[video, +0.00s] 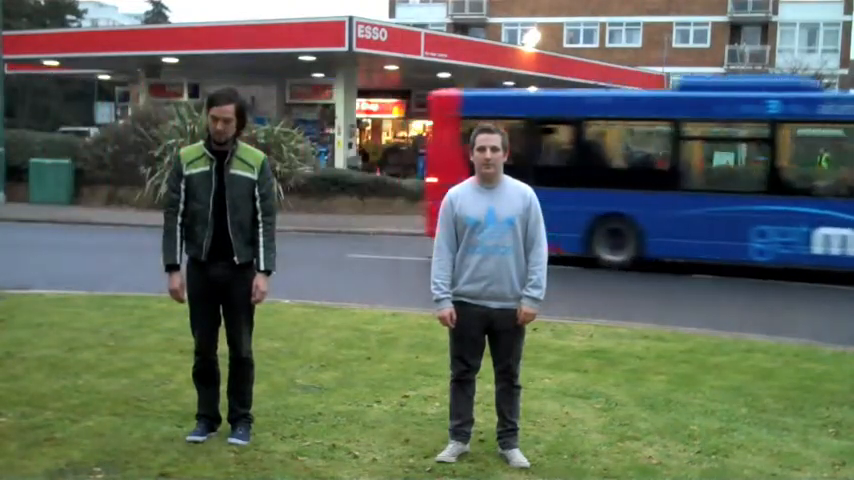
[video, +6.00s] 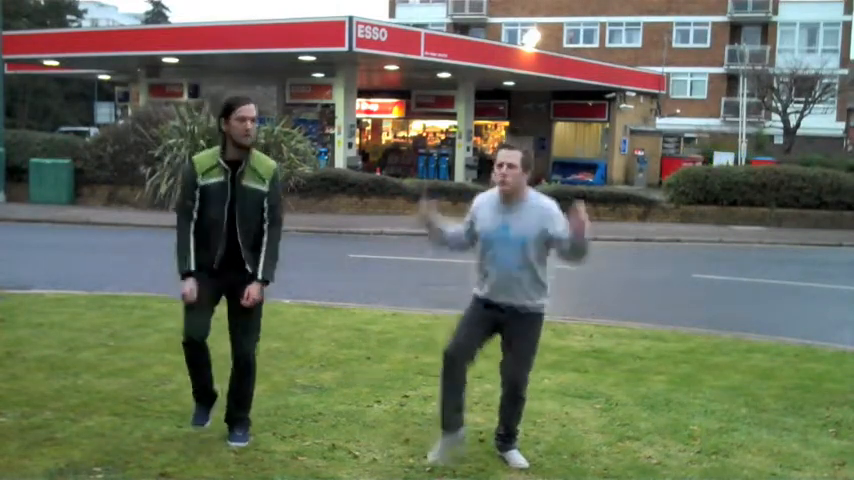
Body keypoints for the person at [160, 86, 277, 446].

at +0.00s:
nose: (220, 126)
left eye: (227, 121)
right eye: (215, 119)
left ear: (239, 123)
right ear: (206, 119)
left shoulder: (257, 163)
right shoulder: (185, 160)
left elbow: (266, 220)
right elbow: (172, 216)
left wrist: (264, 271)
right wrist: (173, 269)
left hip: (241, 270)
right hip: (200, 269)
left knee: (240, 350)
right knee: (203, 349)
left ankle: (240, 421)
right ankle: (206, 419)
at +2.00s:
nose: (212, 125)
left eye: (219, 120)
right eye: (210, 118)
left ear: (239, 122)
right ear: (209, 119)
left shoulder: (265, 163)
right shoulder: (194, 159)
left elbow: (273, 220)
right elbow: (178, 213)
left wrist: (269, 272)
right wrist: (170, 265)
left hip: (247, 272)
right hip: (207, 268)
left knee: (245, 352)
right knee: (183, 336)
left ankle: (240, 420)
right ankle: (199, 412)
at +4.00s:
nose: (214, 118)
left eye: (221, 114)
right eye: (215, 112)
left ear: (242, 121)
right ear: (219, 117)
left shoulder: (266, 165)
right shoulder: (198, 156)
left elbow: (270, 225)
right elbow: (182, 210)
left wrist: (262, 277)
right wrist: (177, 262)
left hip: (244, 271)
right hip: (204, 267)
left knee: (243, 352)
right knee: (194, 343)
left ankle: (239, 420)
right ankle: (204, 417)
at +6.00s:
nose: (250, 127)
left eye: (253, 121)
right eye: (242, 120)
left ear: (257, 126)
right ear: (224, 124)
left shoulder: (269, 171)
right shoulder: (199, 166)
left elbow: (273, 228)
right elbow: (185, 221)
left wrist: (261, 279)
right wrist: (187, 274)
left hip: (247, 274)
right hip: (205, 272)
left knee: (244, 353)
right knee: (193, 337)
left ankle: (239, 421)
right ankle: (204, 400)